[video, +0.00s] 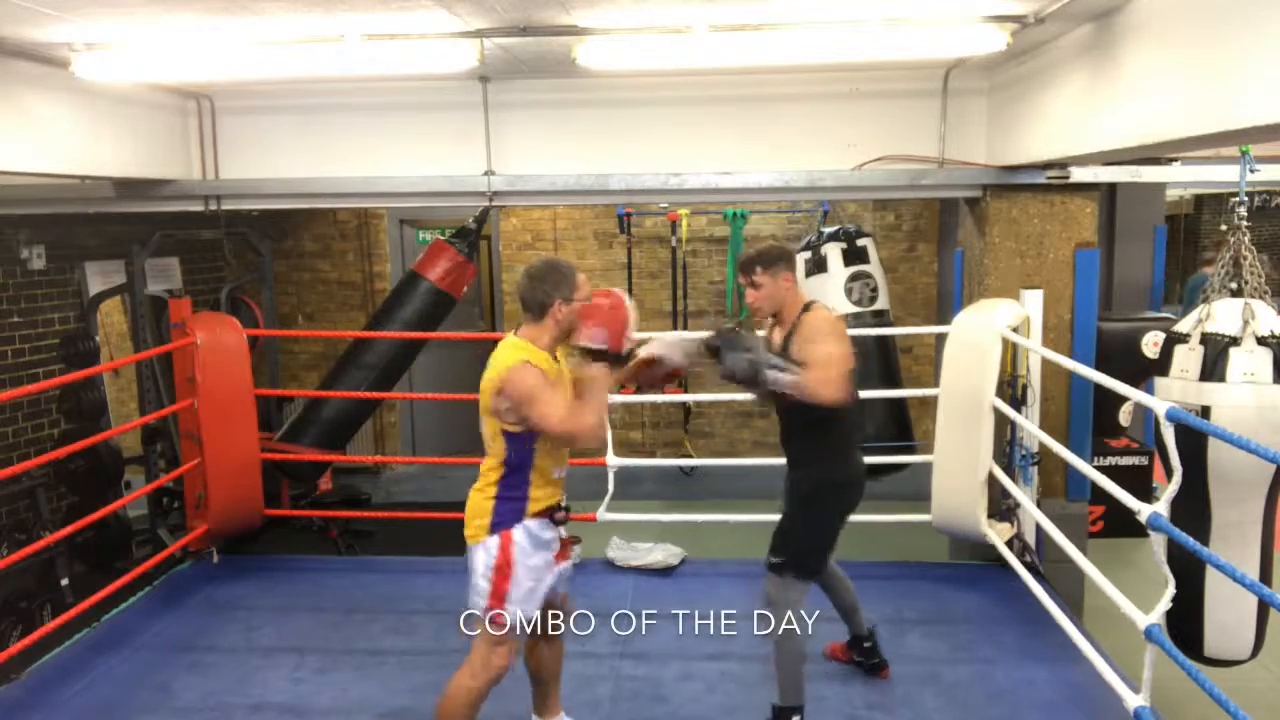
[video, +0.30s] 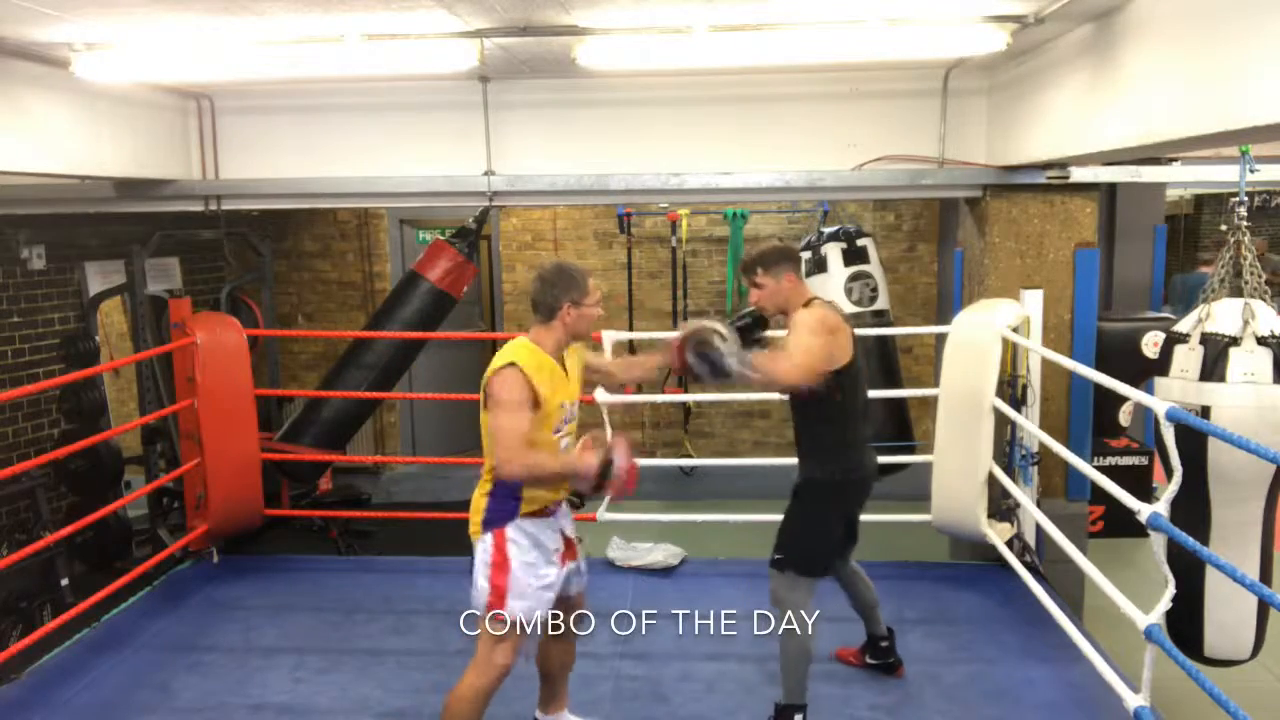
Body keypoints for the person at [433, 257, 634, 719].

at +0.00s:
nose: (589, 312)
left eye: (587, 302)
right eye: (583, 302)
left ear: (553, 309)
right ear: (558, 310)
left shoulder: (551, 355)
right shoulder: (516, 370)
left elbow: (577, 407)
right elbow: (585, 430)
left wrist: (624, 374)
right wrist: (596, 365)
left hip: (541, 517)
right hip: (506, 525)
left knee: (551, 622)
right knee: (492, 658)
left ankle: (549, 713)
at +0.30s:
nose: (601, 313)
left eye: (600, 304)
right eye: (595, 304)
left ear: (565, 311)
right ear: (567, 312)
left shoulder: (571, 355)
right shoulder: (512, 373)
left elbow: (618, 373)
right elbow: (509, 463)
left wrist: (675, 355)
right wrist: (581, 462)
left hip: (554, 515)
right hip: (510, 525)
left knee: (566, 617)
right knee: (497, 656)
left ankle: (552, 711)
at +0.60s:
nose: (624, 322)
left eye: (625, 313)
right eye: (619, 315)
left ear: (565, 314)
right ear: (589, 325)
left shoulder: (528, 339)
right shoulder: (589, 382)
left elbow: (575, 336)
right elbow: (671, 425)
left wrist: (619, 326)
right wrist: (744, 416)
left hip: (539, 512)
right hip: (521, 523)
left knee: (561, 602)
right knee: (490, 649)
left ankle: (556, 707)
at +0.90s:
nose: (600, 314)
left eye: (598, 304)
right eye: (593, 306)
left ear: (562, 311)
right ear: (565, 313)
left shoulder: (551, 350)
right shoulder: (530, 377)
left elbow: (597, 367)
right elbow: (543, 471)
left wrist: (653, 344)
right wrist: (613, 488)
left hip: (552, 510)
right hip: (519, 520)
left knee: (558, 613)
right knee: (501, 646)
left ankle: (557, 710)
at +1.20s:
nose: (588, 311)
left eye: (587, 301)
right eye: (581, 303)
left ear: (552, 312)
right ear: (553, 312)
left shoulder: (558, 355)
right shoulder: (502, 373)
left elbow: (586, 410)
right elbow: (539, 451)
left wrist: (645, 390)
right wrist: (583, 391)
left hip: (549, 517)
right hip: (501, 531)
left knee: (570, 617)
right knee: (486, 659)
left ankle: (571, 708)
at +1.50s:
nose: (617, 314)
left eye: (616, 304)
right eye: (611, 304)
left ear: (583, 307)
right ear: (583, 307)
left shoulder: (584, 358)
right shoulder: (531, 361)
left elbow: (583, 411)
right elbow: (560, 434)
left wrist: (633, 399)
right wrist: (624, 399)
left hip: (569, 514)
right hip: (521, 523)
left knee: (588, 609)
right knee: (505, 656)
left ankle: (573, 708)